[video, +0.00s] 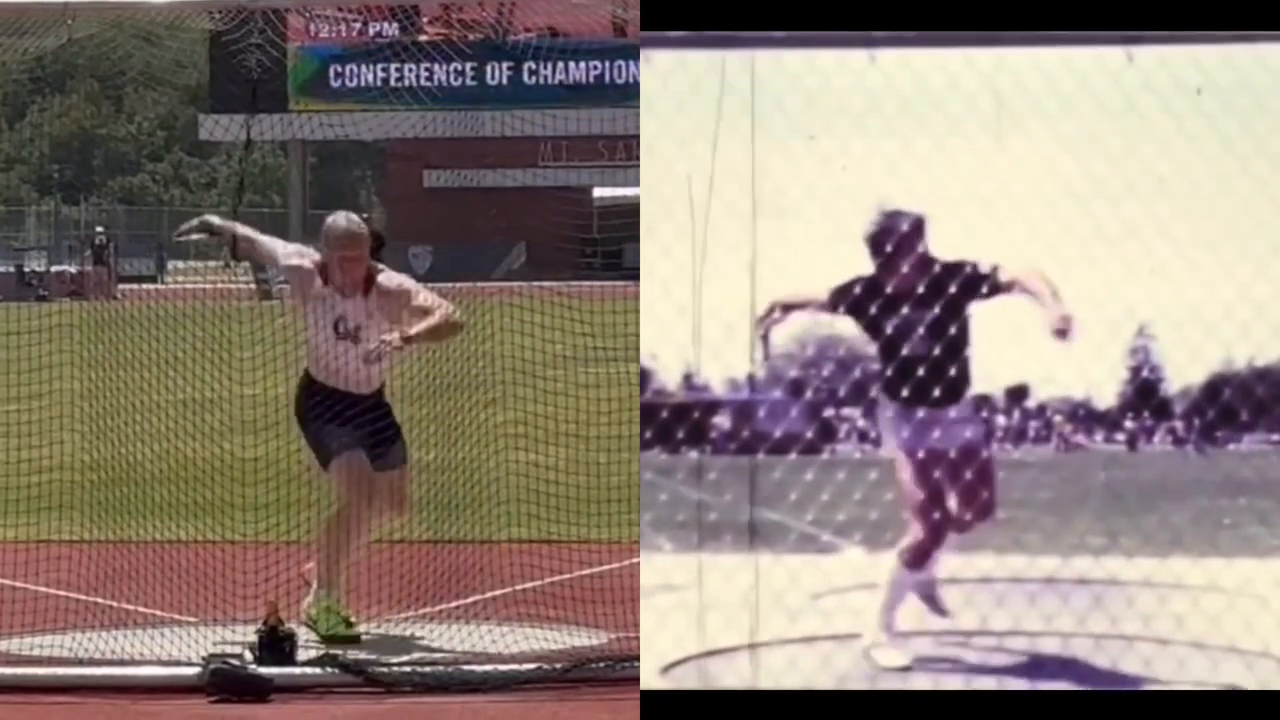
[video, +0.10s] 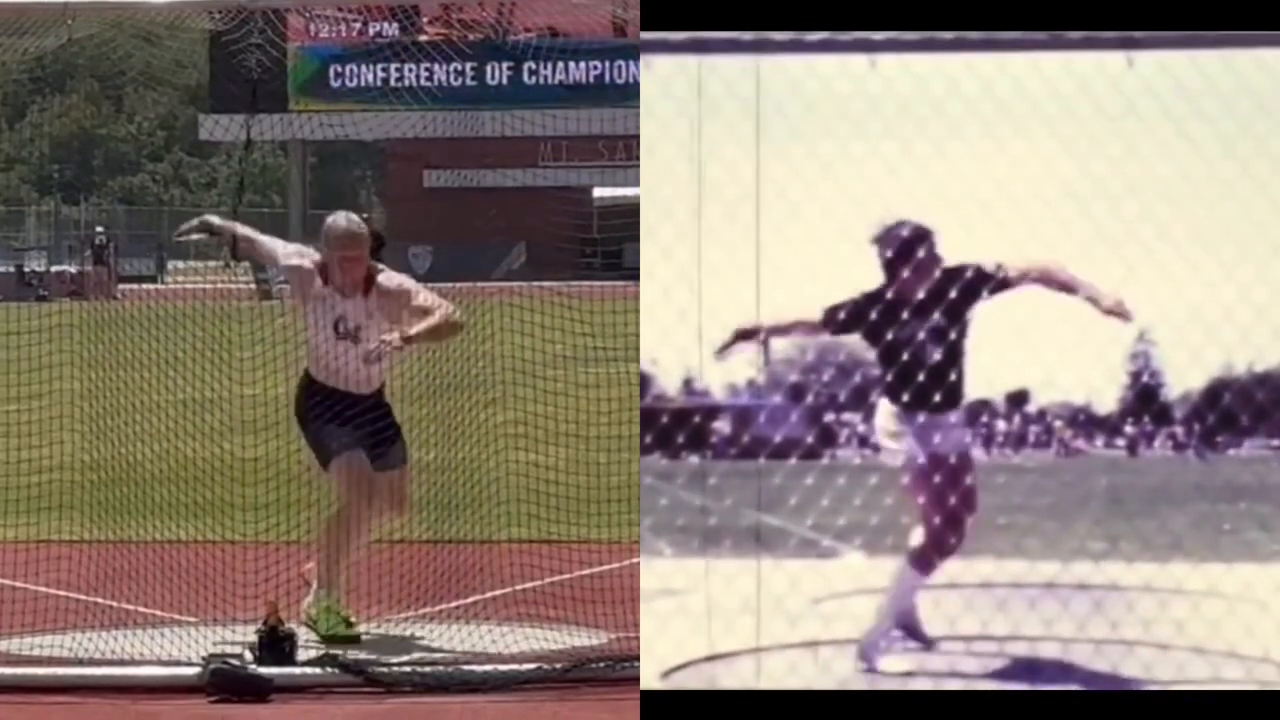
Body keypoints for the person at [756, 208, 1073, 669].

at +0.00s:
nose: (904, 267)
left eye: (908, 255)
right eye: (895, 258)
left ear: (921, 248)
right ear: (880, 259)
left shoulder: (953, 279)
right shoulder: (868, 293)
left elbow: (1024, 278)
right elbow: (822, 303)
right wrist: (782, 305)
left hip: (957, 414)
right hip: (905, 419)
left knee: (975, 508)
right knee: (929, 528)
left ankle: (924, 567)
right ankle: (879, 628)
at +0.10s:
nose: (915, 276)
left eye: (918, 265)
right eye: (908, 268)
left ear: (928, 259)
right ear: (896, 269)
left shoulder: (961, 283)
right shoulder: (877, 307)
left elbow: (1035, 272)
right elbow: (814, 325)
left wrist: (1095, 296)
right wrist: (759, 332)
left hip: (949, 423)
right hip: (902, 425)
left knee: (955, 522)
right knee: (940, 531)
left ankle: (903, 605)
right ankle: (876, 637)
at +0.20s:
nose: (947, 265)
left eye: (944, 257)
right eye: (937, 261)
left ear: (942, 258)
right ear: (916, 269)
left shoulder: (962, 275)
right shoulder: (892, 308)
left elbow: (1013, 268)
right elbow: (823, 344)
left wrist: (1068, 288)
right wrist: (753, 360)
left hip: (941, 422)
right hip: (905, 424)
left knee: (931, 527)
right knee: (959, 534)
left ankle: (890, 617)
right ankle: (881, 624)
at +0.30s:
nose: (952, 254)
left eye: (949, 247)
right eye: (945, 249)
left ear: (924, 255)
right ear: (929, 256)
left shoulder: (953, 272)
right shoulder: (899, 304)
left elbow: (984, 267)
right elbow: (832, 347)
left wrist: (1032, 282)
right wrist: (764, 377)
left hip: (927, 411)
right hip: (912, 416)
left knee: (923, 521)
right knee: (964, 529)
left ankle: (886, 618)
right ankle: (882, 620)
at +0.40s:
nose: (955, 237)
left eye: (952, 229)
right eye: (950, 230)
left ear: (910, 233)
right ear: (940, 236)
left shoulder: (913, 278)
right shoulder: (931, 285)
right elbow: (889, 345)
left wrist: (949, 280)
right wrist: (837, 403)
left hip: (896, 397)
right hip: (924, 401)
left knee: (909, 513)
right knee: (961, 521)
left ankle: (884, 616)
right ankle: (887, 616)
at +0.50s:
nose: (948, 224)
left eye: (941, 216)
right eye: (945, 216)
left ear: (903, 218)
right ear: (943, 220)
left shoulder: (878, 257)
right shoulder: (952, 276)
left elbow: (842, 295)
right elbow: (964, 336)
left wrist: (869, 274)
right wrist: (984, 395)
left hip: (885, 378)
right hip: (935, 384)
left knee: (892, 497)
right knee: (947, 506)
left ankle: (884, 606)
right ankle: (898, 607)